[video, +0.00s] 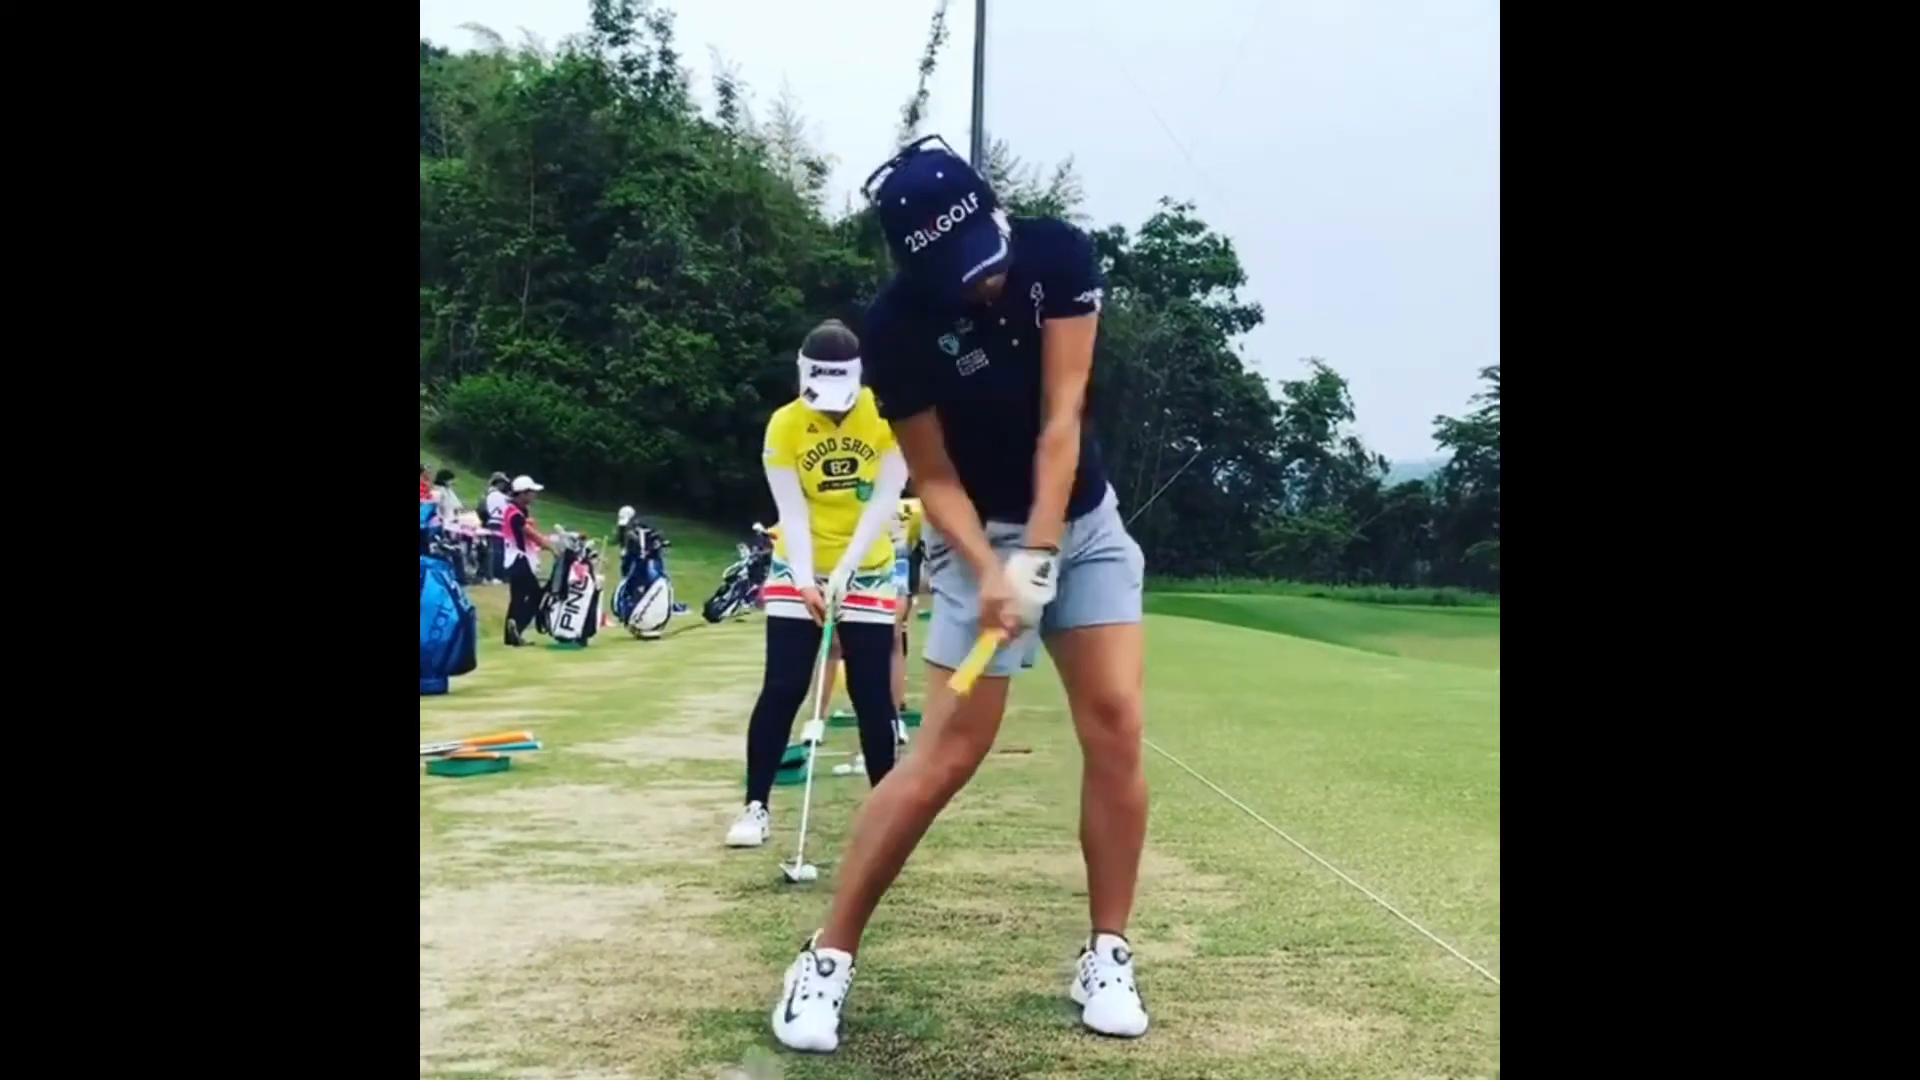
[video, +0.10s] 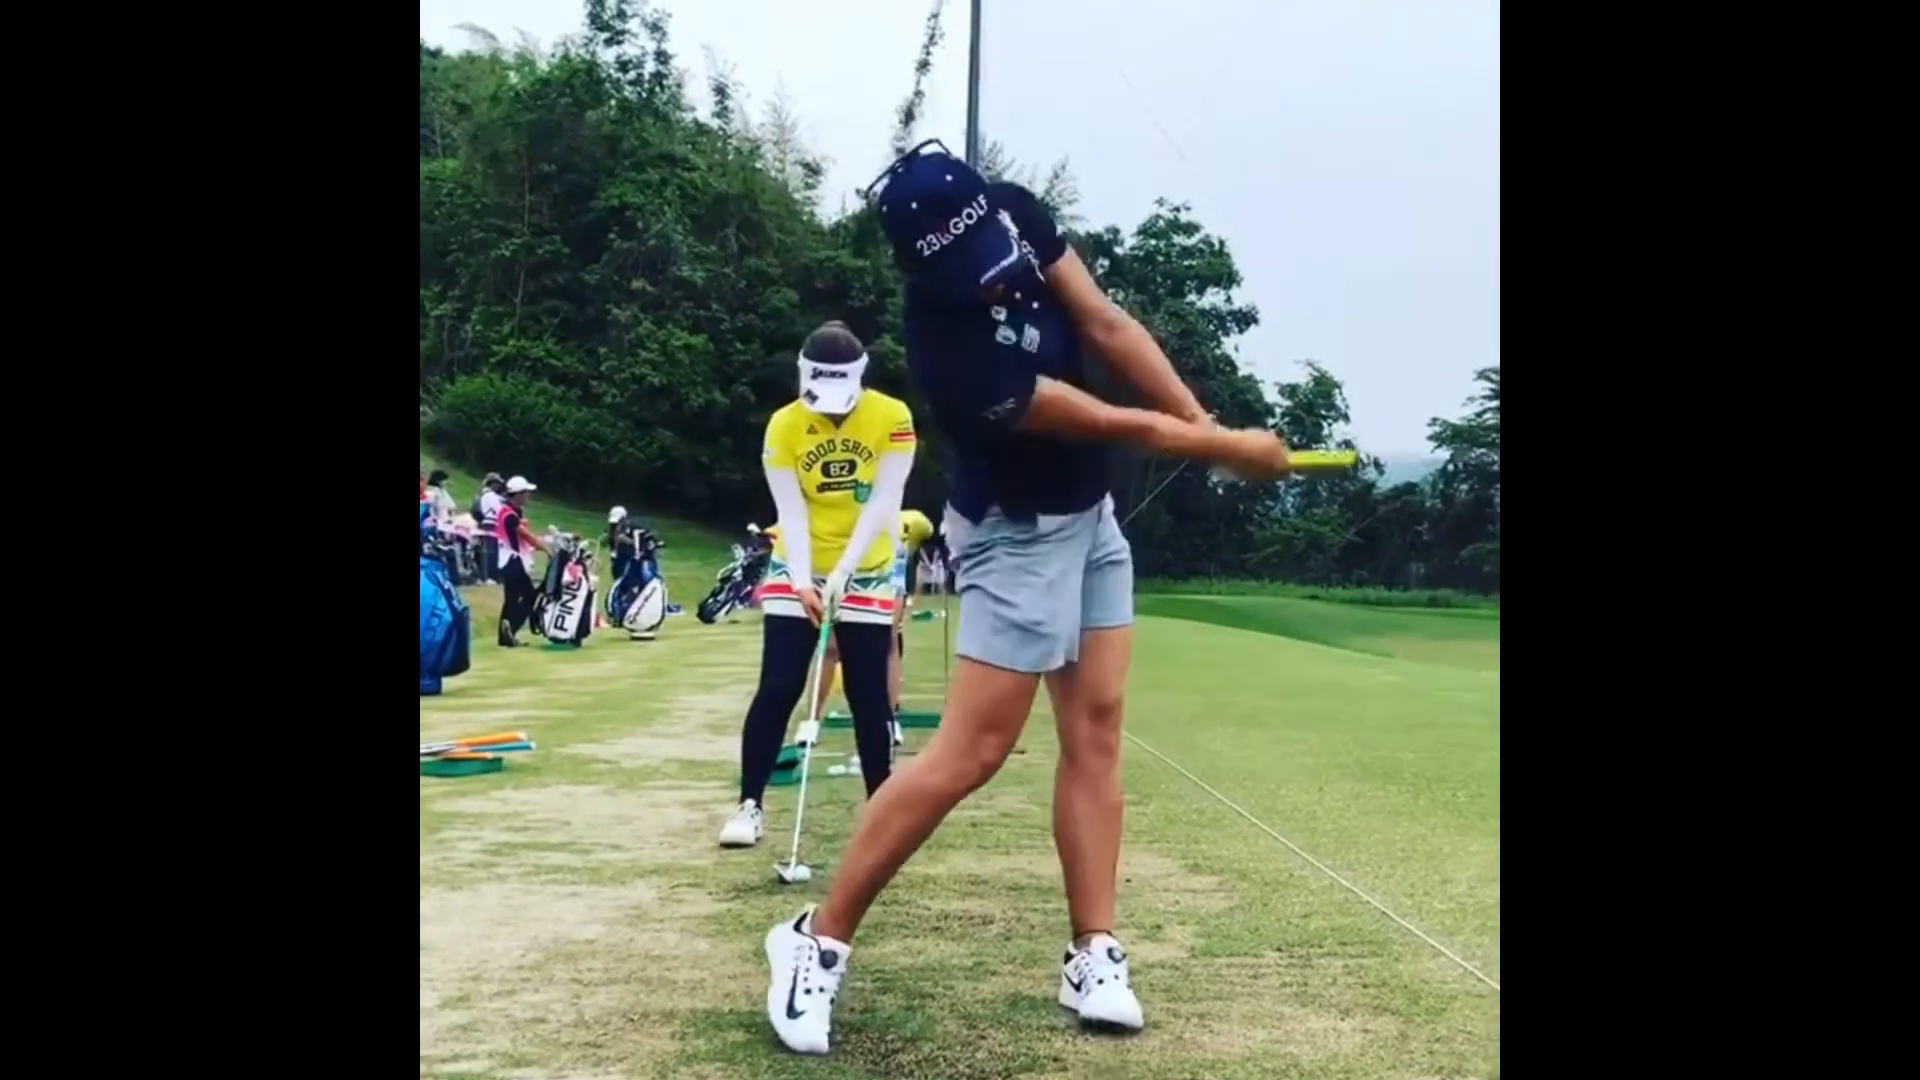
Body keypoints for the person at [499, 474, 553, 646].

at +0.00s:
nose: (534, 496)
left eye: (533, 492)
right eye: (530, 492)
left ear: (522, 495)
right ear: (520, 494)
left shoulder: (519, 512)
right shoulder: (515, 515)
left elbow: (532, 533)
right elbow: (532, 535)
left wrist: (549, 541)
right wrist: (551, 546)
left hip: (518, 557)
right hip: (517, 558)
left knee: (517, 595)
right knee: (536, 592)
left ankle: (511, 634)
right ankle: (517, 625)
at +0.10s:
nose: (527, 497)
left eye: (527, 493)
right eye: (524, 493)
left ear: (515, 495)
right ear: (515, 495)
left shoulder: (512, 512)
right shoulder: (509, 516)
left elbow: (526, 535)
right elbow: (526, 536)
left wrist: (543, 541)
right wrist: (545, 546)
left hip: (513, 557)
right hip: (512, 559)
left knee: (511, 596)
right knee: (529, 594)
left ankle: (505, 635)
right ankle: (511, 626)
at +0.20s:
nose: (522, 497)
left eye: (521, 494)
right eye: (520, 494)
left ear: (507, 496)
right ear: (512, 496)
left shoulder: (501, 513)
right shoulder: (505, 517)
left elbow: (519, 536)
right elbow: (521, 538)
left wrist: (536, 544)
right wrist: (540, 549)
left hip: (502, 557)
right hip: (506, 560)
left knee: (505, 597)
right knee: (523, 594)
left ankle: (499, 635)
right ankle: (505, 627)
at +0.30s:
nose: (518, 498)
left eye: (517, 494)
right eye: (515, 495)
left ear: (502, 496)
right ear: (507, 496)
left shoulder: (494, 513)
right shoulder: (500, 518)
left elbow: (514, 536)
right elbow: (517, 539)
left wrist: (533, 543)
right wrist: (535, 550)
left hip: (497, 558)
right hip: (502, 560)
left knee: (500, 598)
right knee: (519, 595)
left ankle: (494, 635)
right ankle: (500, 628)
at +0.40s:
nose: (512, 499)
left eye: (512, 496)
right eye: (510, 496)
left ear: (497, 497)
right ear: (502, 497)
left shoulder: (489, 514)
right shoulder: (495, 519)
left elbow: (508, 537)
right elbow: (512, 540)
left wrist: (527, 544)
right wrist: (530, 550)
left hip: (491, 559)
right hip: (497, 561)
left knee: (495, 599)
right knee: (513, 596)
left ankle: (488, 636)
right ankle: (495, 629)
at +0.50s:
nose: (508, 500)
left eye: (508, 496)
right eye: (506, 497)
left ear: (493, 498)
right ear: (498, 498)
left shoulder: (486, 515)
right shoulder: (491, 519)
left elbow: (505, 537)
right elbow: (508, 540)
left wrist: (524, 544)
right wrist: (526, 551)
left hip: (488, 559)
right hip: (493, 562)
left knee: (491, 599)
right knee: (509, 597)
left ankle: (484, 637)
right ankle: (491, 631)